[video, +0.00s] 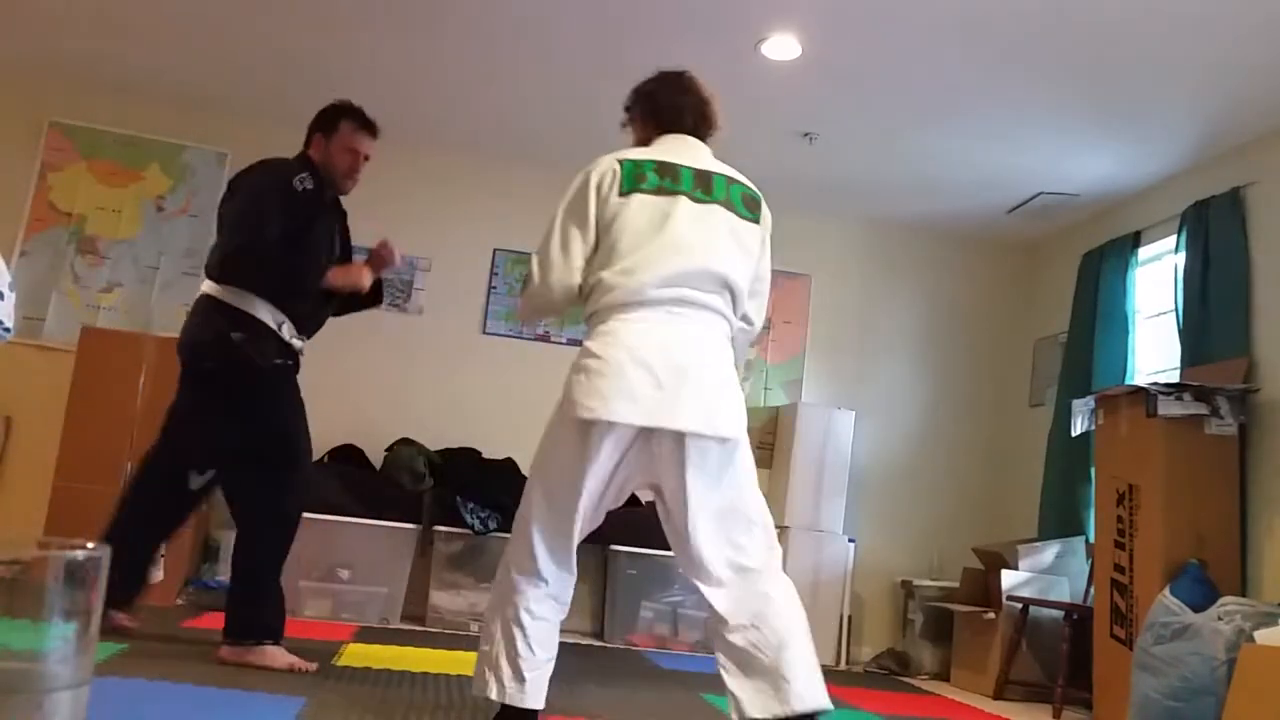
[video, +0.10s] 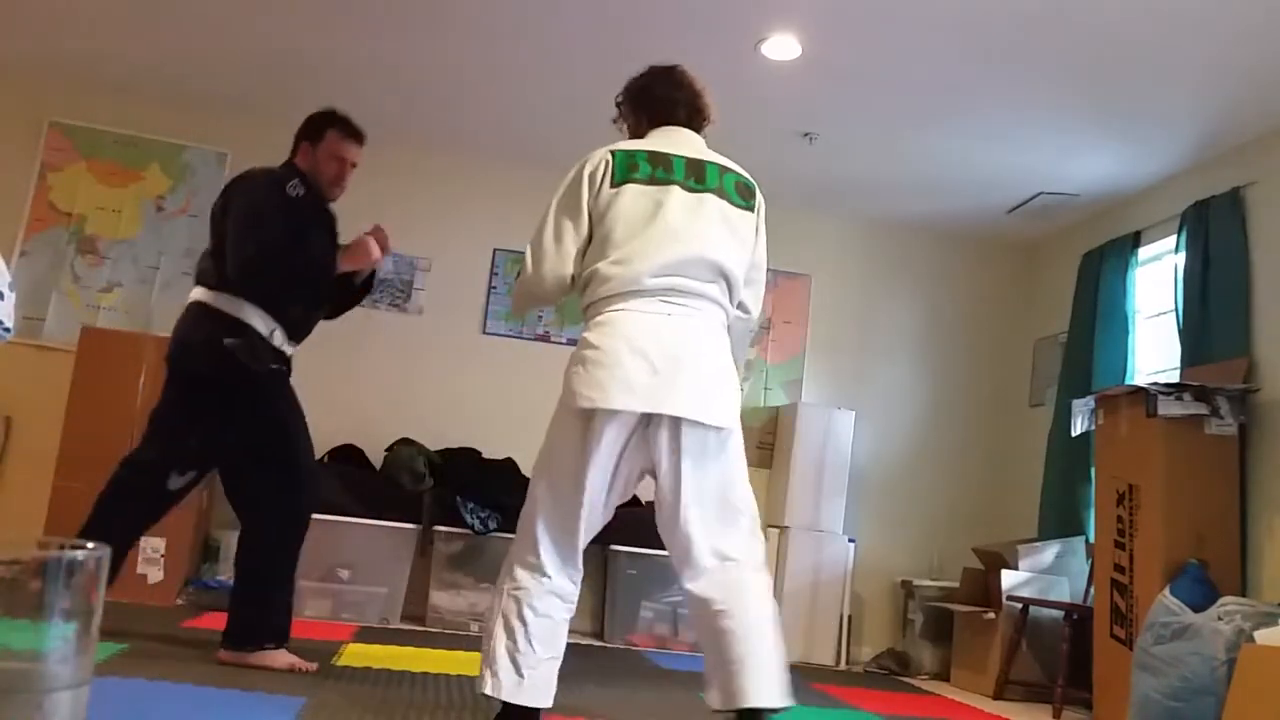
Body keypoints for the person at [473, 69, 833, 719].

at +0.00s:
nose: (628, 134)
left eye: (630, 124)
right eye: (629, 126)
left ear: (642, 123)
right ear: (704, 127)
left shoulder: (611, 171)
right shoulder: (751, 198)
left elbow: (557, 286)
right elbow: (751, 315)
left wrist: (529, 307)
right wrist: (714, 369)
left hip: (616, 369)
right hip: (709, 381)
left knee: (546, 539)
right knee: (742, 559)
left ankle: (516, 697)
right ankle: (801, 708)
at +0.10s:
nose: (619, 128)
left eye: (621, 119)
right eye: (619, 121)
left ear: (635, 117)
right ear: (699, 119)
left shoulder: (606, 162)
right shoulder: (744, 186)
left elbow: (551, 272)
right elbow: (749, 305)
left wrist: (523, 297)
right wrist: (709, 356)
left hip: (613, 364)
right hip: (706, 376)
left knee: (552, 542)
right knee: (725, 553)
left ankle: (521, 702)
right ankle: (760, 705)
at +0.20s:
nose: (622, 134)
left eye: (622, 125)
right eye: (621, 127)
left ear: (635, 121)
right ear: (701, 121)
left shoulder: (609, 164)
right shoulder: (747, 187)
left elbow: (552, 274)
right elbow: (752, 306)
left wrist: (527, 294)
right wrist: (718, 362)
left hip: (618, 368)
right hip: (709, 381)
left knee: (553, 548)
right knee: (707, 569)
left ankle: (521, 702)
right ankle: (715, 714)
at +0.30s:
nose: (624, 144)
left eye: (626, 135)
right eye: (624, 136)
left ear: (638, 131)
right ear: (703, 133)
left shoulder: (616, 173)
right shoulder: (751, 199)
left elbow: (562, 287)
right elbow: (753, 315)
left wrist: (537, 295)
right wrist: (713, 366)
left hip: (621, 375)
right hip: (710, 389)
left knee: (528, 536)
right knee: (711, 572)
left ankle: (520, 683)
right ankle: (714, 713)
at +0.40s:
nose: (619, 147)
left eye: (622, 138)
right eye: (621, 139)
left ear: (633, 134)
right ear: (695, 136)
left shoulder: (613, 177)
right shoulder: (744, 203)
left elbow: (559, 292)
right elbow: (748, 315)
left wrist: (539, 301)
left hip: (613, 374)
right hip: (701, 389)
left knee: (525, 516)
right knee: (707, 572)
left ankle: (491, 683)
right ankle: (714, 713)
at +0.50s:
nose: (608, 154)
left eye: (610, 145)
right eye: (610, 147)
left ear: (622, 142)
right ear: (682, 144)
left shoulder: (600, 185)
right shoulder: (731, 211)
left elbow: (544, 296)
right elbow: (733, 324)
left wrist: (523, 313)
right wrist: (691, 358)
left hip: (598, 378)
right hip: (683, 391)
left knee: (524, 538)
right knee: (695, 570)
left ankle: (477, 694)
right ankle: (716, 710)